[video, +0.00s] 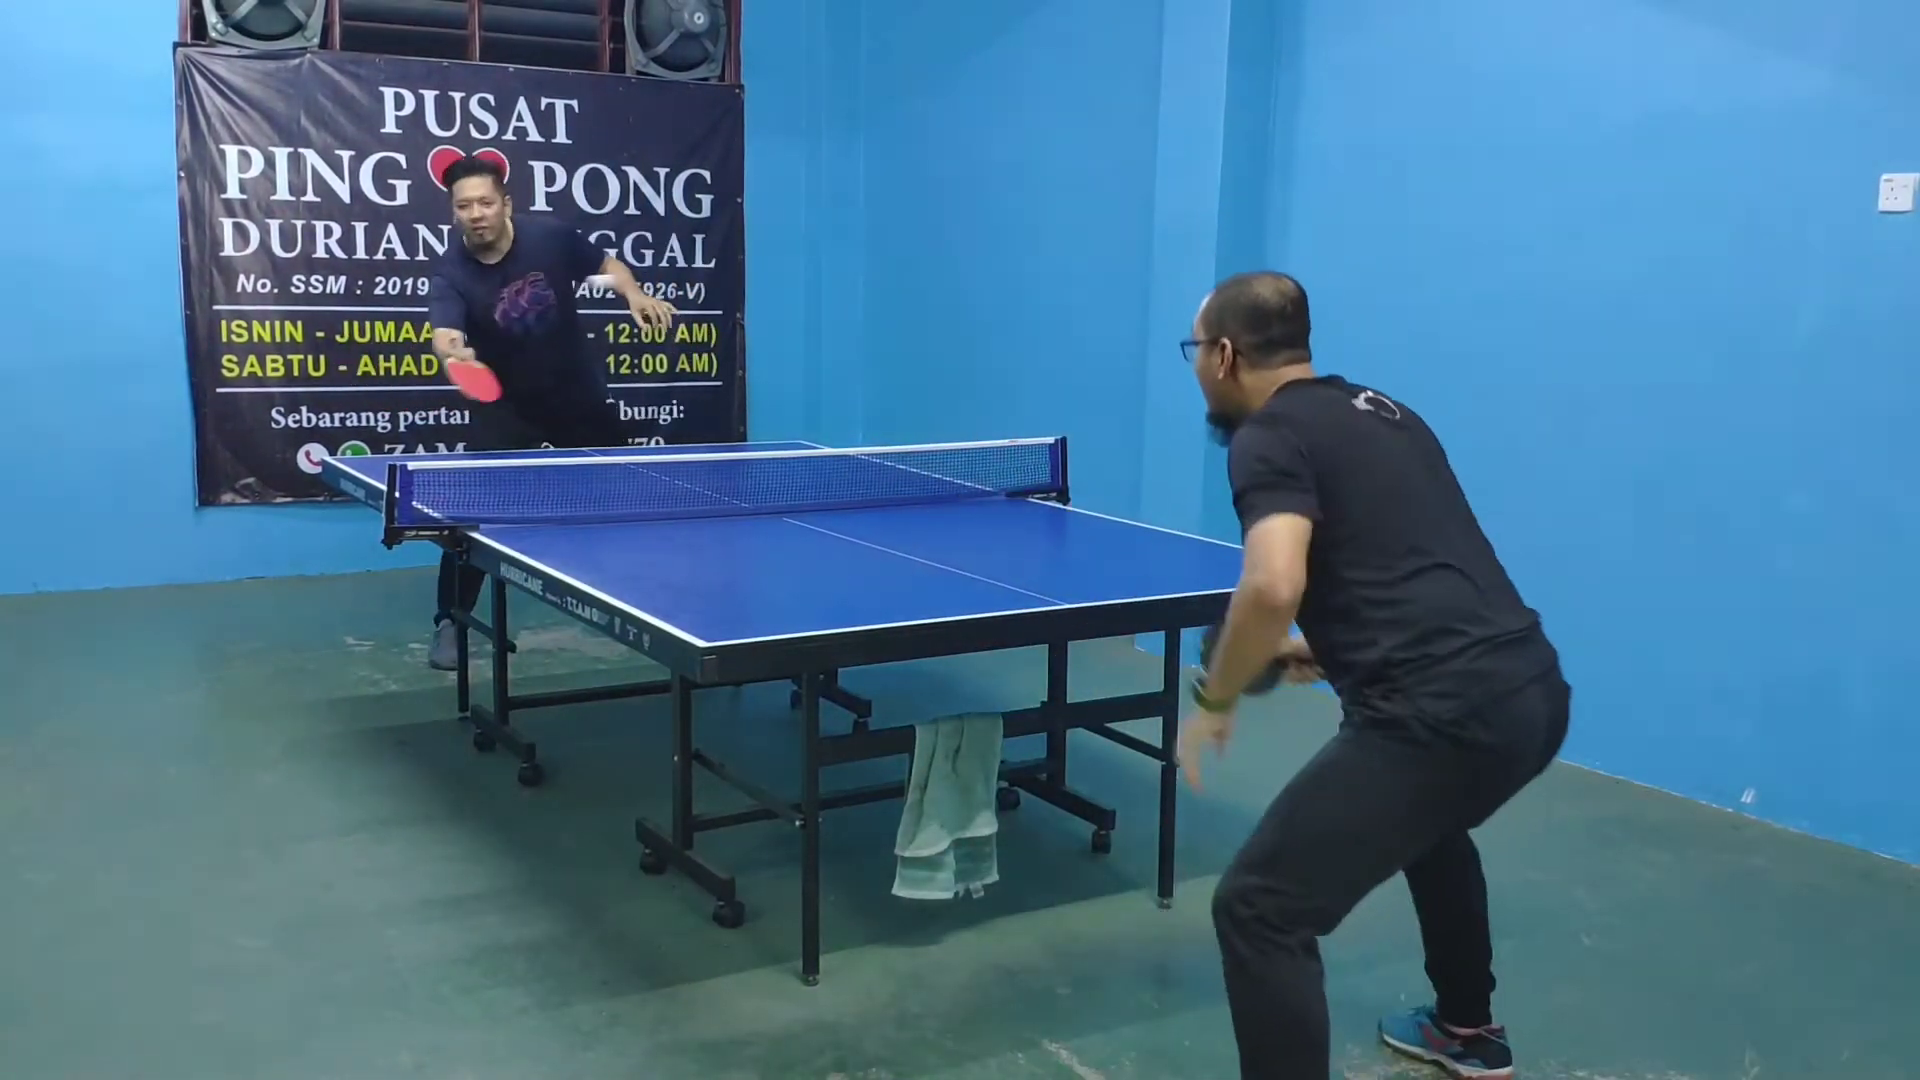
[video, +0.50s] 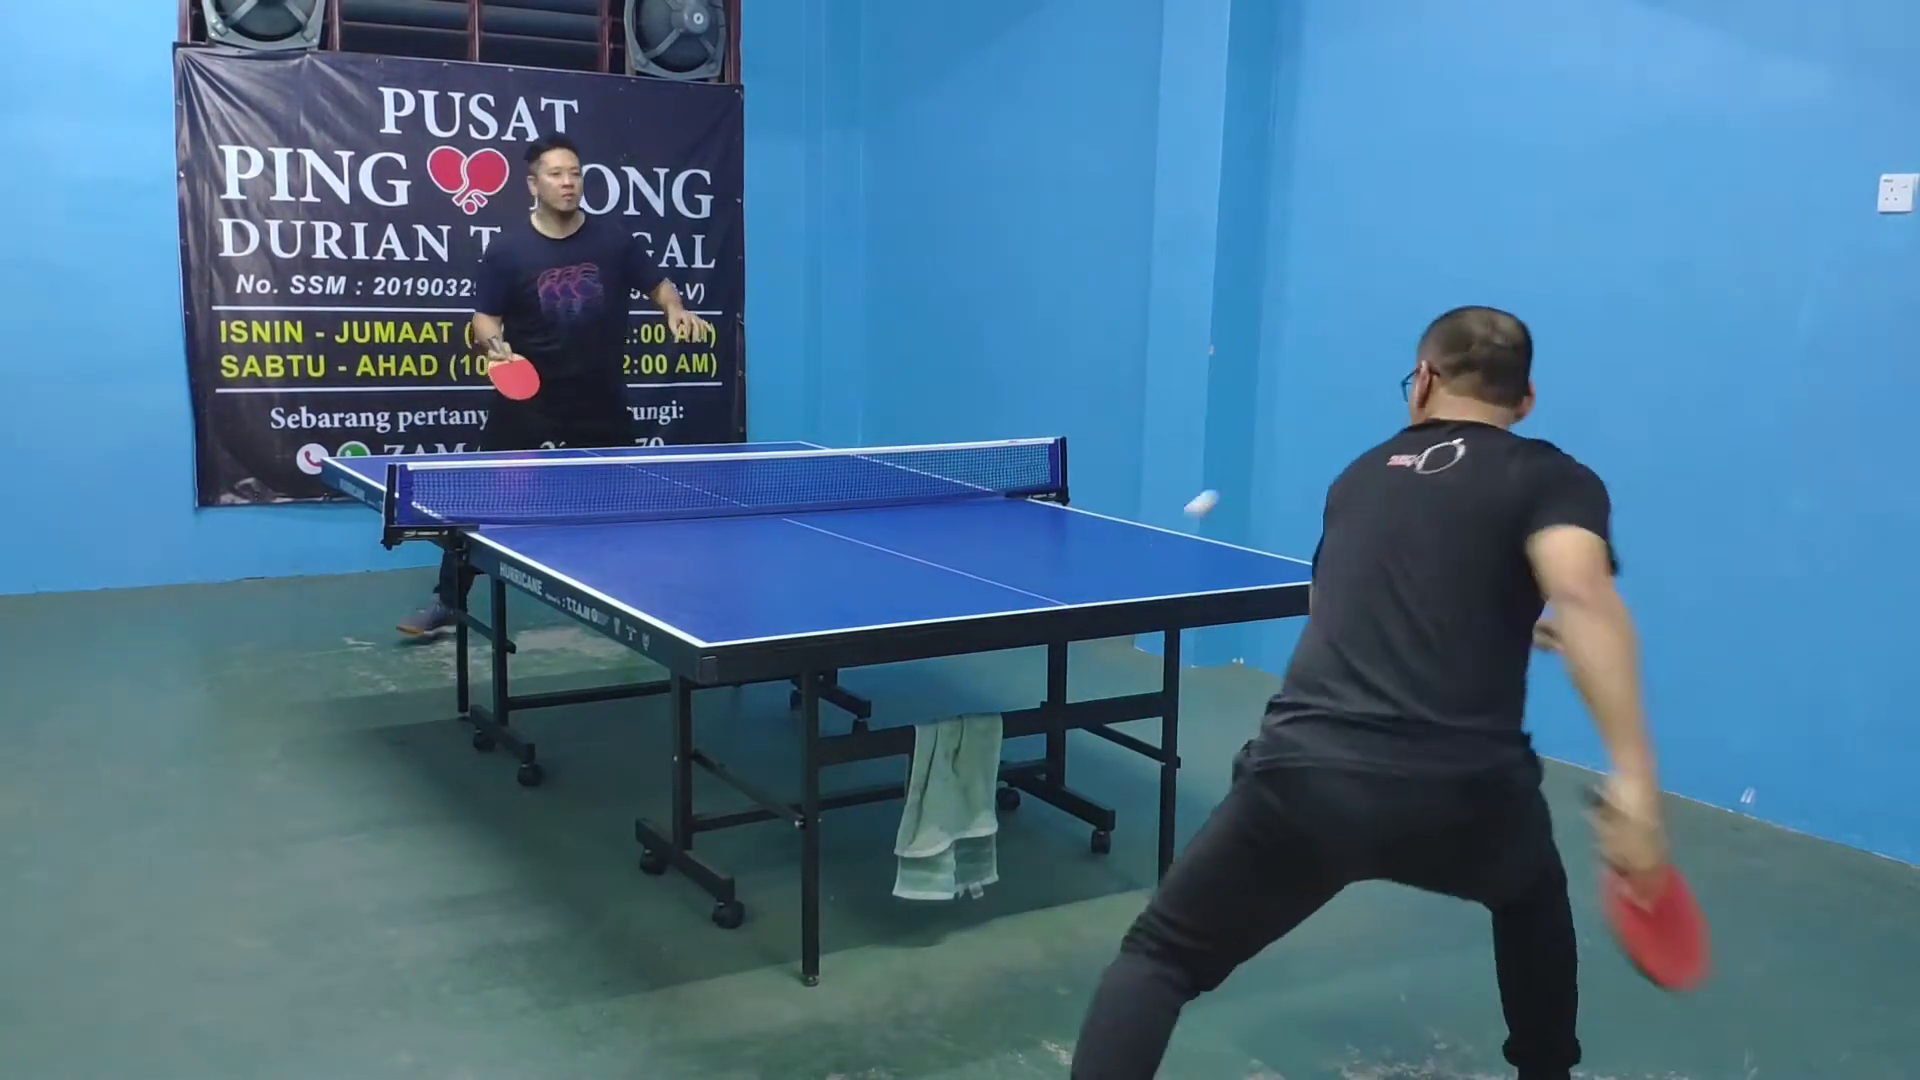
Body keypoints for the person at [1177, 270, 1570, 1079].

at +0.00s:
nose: (1199, 369)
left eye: (1198, 352)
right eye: (1197, 352)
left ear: (1223, 355)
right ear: (1298, 347)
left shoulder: (1272, 434)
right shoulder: (1379, 410)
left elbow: (1272, 589)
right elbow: (1424, 569)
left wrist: (1217, 699)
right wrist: (1323, 647)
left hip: (1433, 721)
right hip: (1530, 701)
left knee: (1258, 911)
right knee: (1424, 816)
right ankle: (1468, 1027)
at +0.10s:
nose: (1214, 380)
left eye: (1215, 365)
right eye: (1212, 365)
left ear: (1240, 370)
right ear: (1316, 362)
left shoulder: (1264, 455)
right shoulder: (1410, 426)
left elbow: (1261, 624)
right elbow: (1484, 551)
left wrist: (1257, 731)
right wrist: (1379, 665)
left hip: (1435, 731)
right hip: (1556, 708)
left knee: (1262, 929)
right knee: (1477, 827)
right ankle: (1478, 1023)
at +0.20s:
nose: (1262, 364)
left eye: (1266, 350)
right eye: (1262, 350)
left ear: (1293, 354)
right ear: (1366, 349)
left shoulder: (1276, 451)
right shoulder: (1467, 420)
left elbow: (1251, 626)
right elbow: (1576, 581)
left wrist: (1303, 707)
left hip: (1417, 727)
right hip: (1556, 710)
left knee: (1251, 931)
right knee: (1493, 831)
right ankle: (1523, 1048)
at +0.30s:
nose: (1335, 371)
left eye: (1337, 355)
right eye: (1335, 356)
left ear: (1363, 354)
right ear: (1440, 356)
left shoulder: (1315, 460)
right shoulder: (1542, 448)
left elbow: (1273, 636)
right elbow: (1652, 608)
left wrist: (1379, 661)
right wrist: (1610, 714)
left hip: (1385, 748)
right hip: (1532, 749)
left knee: (1203, 904)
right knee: (1515, 883)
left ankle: (1234, 1070)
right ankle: (1561, 1067)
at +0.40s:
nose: (1388, 388)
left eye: (1389, 372)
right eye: (1390, 373)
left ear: (1410, 370)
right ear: (1500, 386)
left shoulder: (1341, 478)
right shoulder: (1568, 472)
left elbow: (1312, 653)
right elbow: (1655, 640)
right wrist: (1697, 796)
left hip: (1348, 769)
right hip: (1502, 779)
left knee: (1193, 921)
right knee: (1532, 899)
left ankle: (1145, 1066)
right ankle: (1551, 1067)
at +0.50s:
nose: (1408, 397)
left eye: (1410, 383)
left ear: (1421, 382)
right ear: (1526, 404)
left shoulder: (1361, 475)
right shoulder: (1551, 476)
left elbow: (1387, 583)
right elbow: (1579, 592)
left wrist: (1515, 615)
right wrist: (1635, 779)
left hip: (1311, 790)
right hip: (1469, 803)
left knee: (1161, 956)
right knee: (1531, 899)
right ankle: (1546, 1067)